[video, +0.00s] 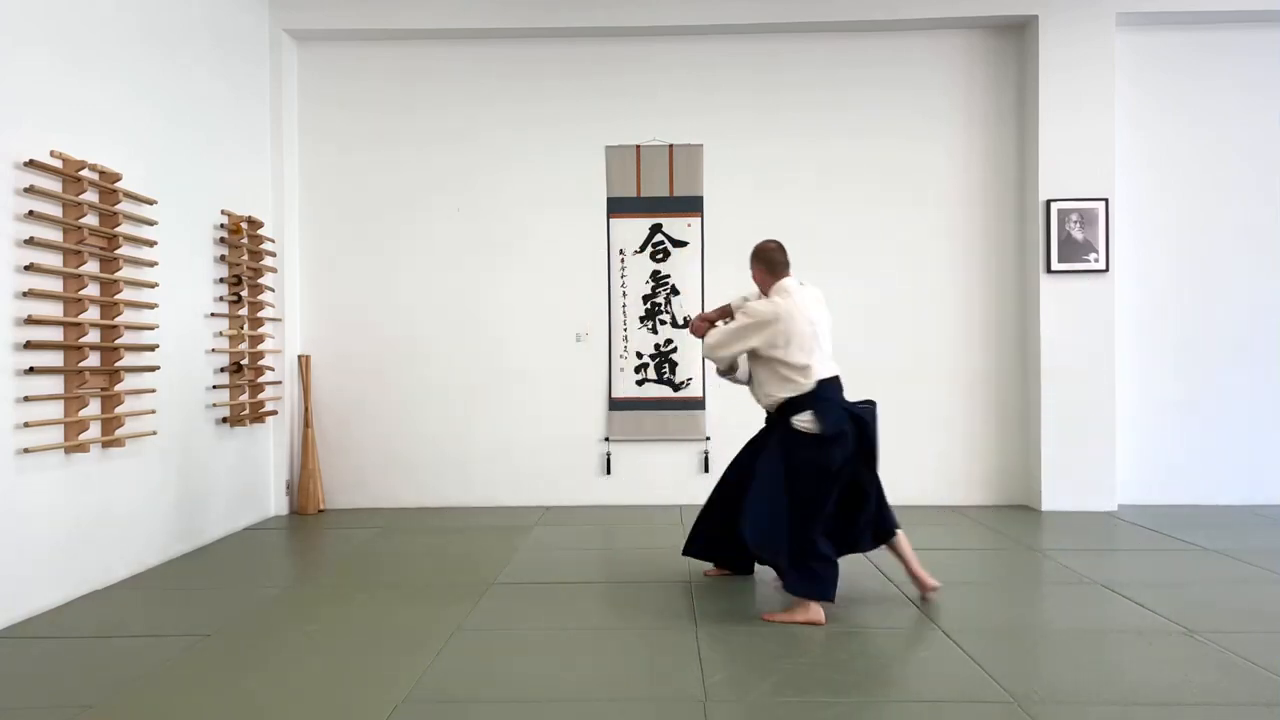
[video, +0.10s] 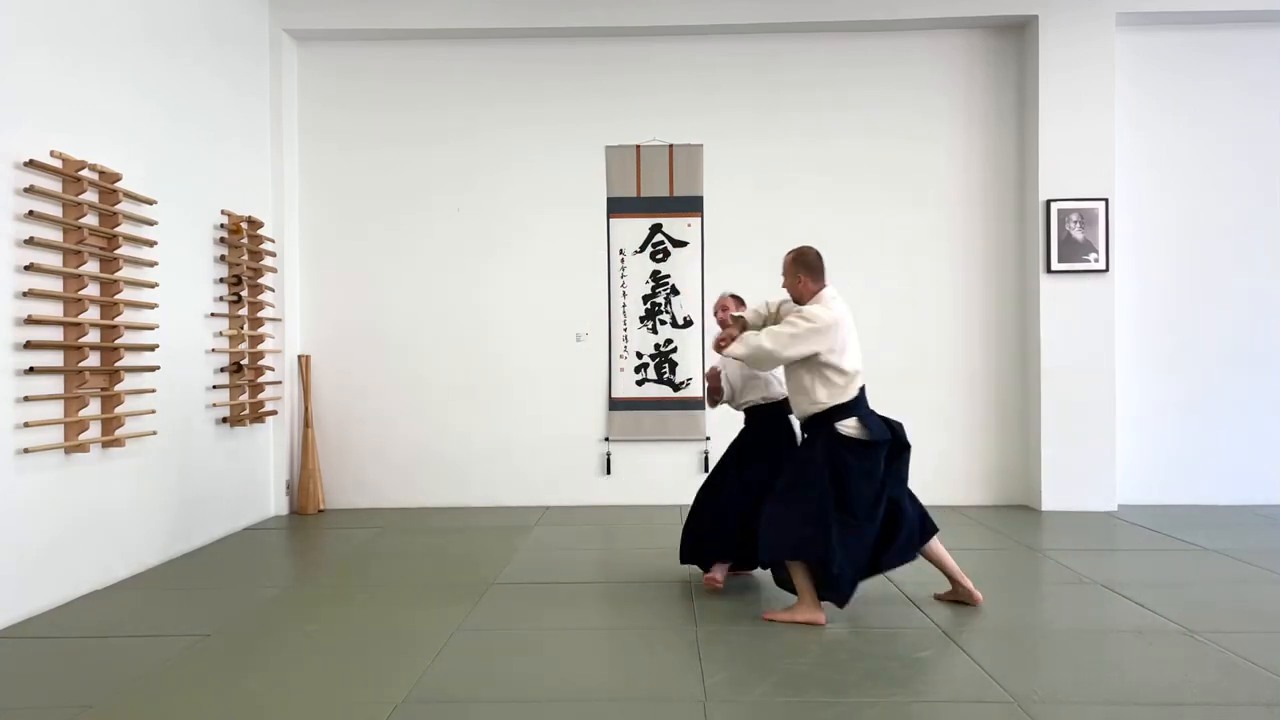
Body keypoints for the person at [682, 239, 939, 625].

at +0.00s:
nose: (753, 277)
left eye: (752, 271)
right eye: (755, 271)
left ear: (755, 273)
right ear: (789, 268)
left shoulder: (767, 311)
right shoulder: (810, 296)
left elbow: (715, 350)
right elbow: (758, 302)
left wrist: (752, 373)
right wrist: (717, 315)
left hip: (801, 422)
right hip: (835, 409)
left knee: (799, 511)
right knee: (864, 495)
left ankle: (809, 604)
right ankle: (919, 574)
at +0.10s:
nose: (784, 284)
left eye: (786, 278)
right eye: (784, 278)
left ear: (801, 280)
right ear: (815, 278)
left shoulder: (817, 316)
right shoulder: (826, 305)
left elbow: (771, 348)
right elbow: (771, 312)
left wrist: (732, 346)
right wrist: (741, 324)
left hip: (833, 435)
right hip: (858, 427)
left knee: (783, 512)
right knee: (897, 506)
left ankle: (808, 605)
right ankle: (962, 585)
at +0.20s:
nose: (808, 285)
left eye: (811, 278)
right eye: (808, 278)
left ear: (828, 277)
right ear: (836, 276)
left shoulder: (847, 316)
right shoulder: (838, 308)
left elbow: (814, 355)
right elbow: (794, 321)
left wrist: (766, 357)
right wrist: (768, 331)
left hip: (855, 436)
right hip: (870, 430)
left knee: (794, 506)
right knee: (901, 510)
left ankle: (810, 603)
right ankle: (964, 588)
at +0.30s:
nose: (815, 276)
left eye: (819, 269)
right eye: (815, 269)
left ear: (841, 271)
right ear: (843, 271)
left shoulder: (862, 309)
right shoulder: (835, 306)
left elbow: (833, 339)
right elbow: (793, 318)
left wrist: (778, 336)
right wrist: (764, 322)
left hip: (868, 430)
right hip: (871, 427)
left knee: (805, 501)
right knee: (908, 510)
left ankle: (810, 602)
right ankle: (963, 588)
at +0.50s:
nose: (805, 286)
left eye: (810, 279)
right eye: (805, 279)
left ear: (833, 278)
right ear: (836, 279)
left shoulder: (847, 310)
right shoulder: (839, 312)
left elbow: (800, 313)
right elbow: (781, 331)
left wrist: (743, 293)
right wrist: (729, 312)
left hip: (868, 431)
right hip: (875, 429)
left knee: (805, 495)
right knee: (906, 512)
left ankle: (795, 598)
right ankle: (959, 589)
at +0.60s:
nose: (787, 289)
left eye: (792, 281)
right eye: (786, 281)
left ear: (817, 279)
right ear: (816, 281)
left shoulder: (834, 313)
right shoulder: (811, 318)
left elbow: (791, 313)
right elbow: (764, 340)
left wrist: (736, 288)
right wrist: (722, 315)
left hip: (858, 434)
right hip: (847, 433)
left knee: (800, 496)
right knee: (897, 512)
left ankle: (788, 599)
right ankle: (961, 586)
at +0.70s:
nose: (765, 282)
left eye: (771, 276)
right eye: (764, 275)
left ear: (797, 277)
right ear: (787, 276)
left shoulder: (812, 310)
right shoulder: (775, 322)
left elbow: (764, 297)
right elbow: (747, 349)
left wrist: (717, 275)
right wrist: (721, 352)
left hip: (835, 429)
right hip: (813, 433)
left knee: (789, 504)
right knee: (874, 505)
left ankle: (790, 604)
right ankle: (946, 568)